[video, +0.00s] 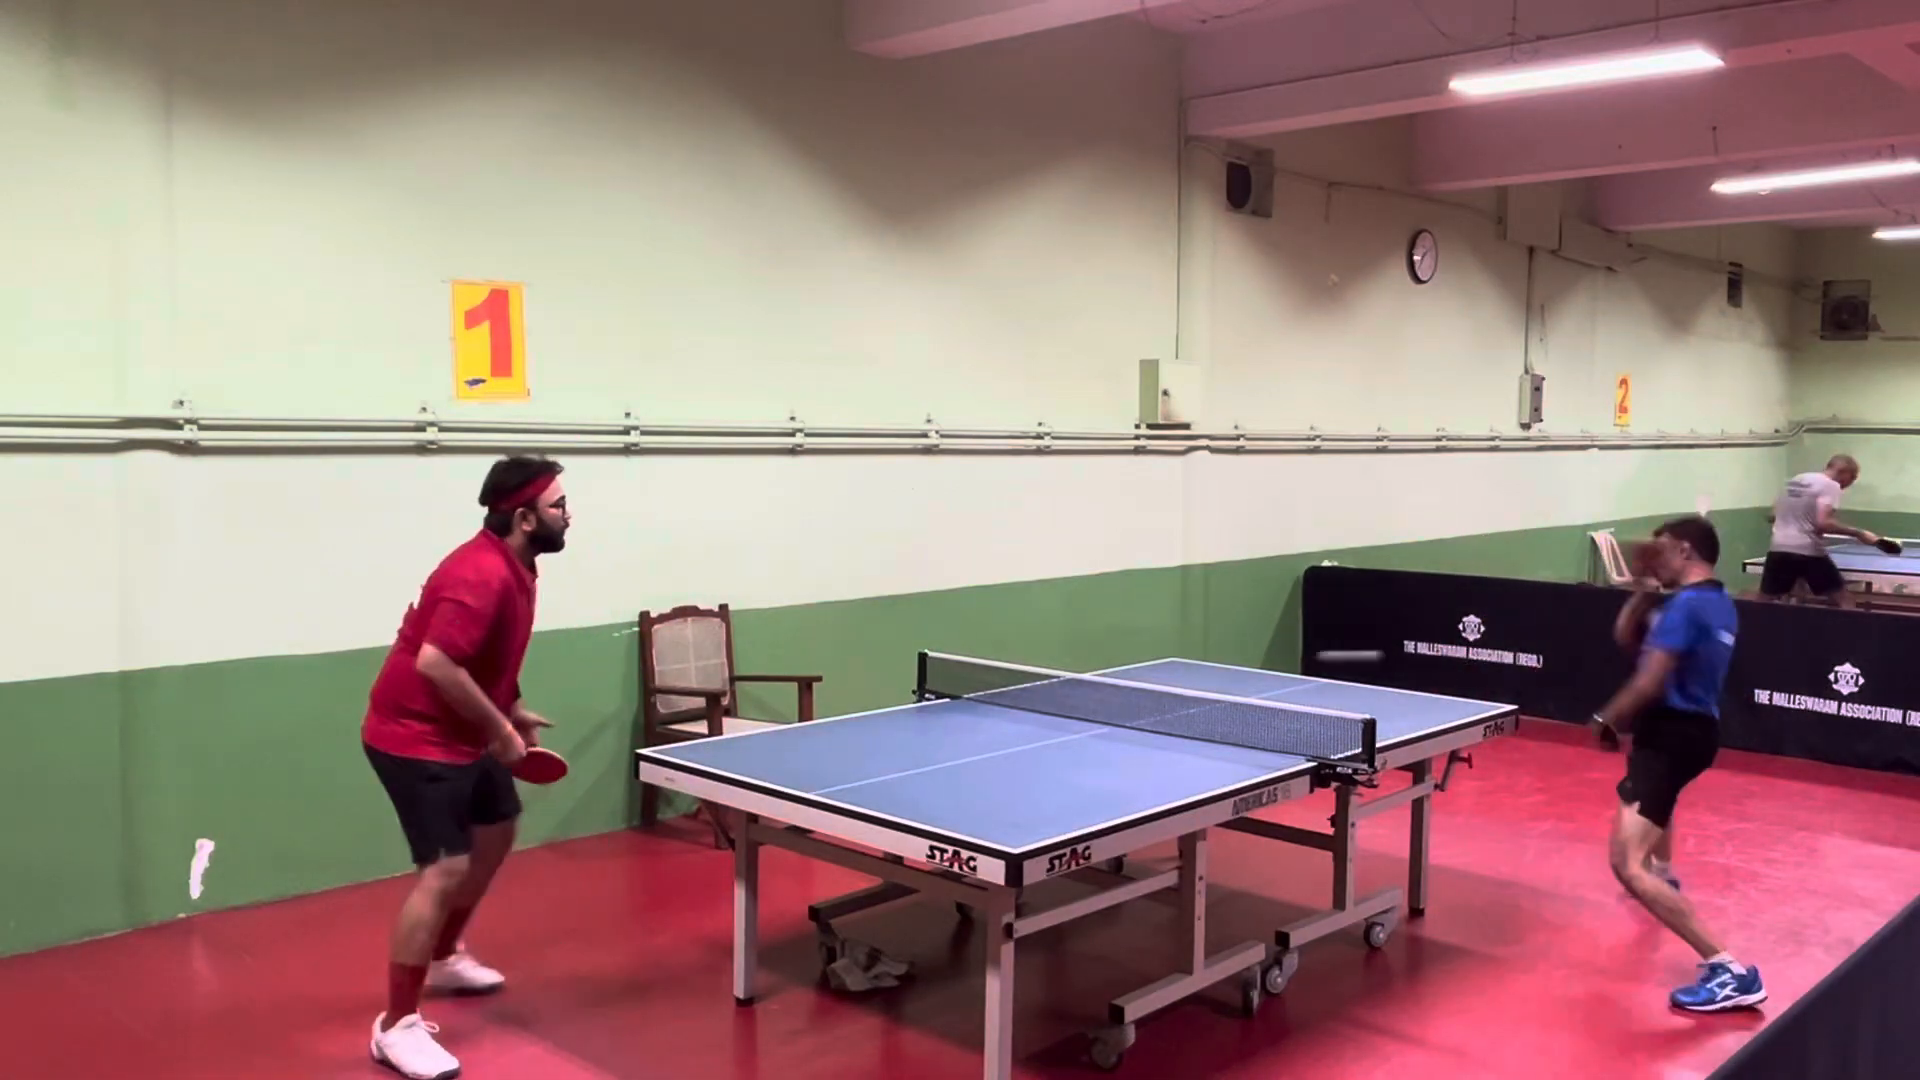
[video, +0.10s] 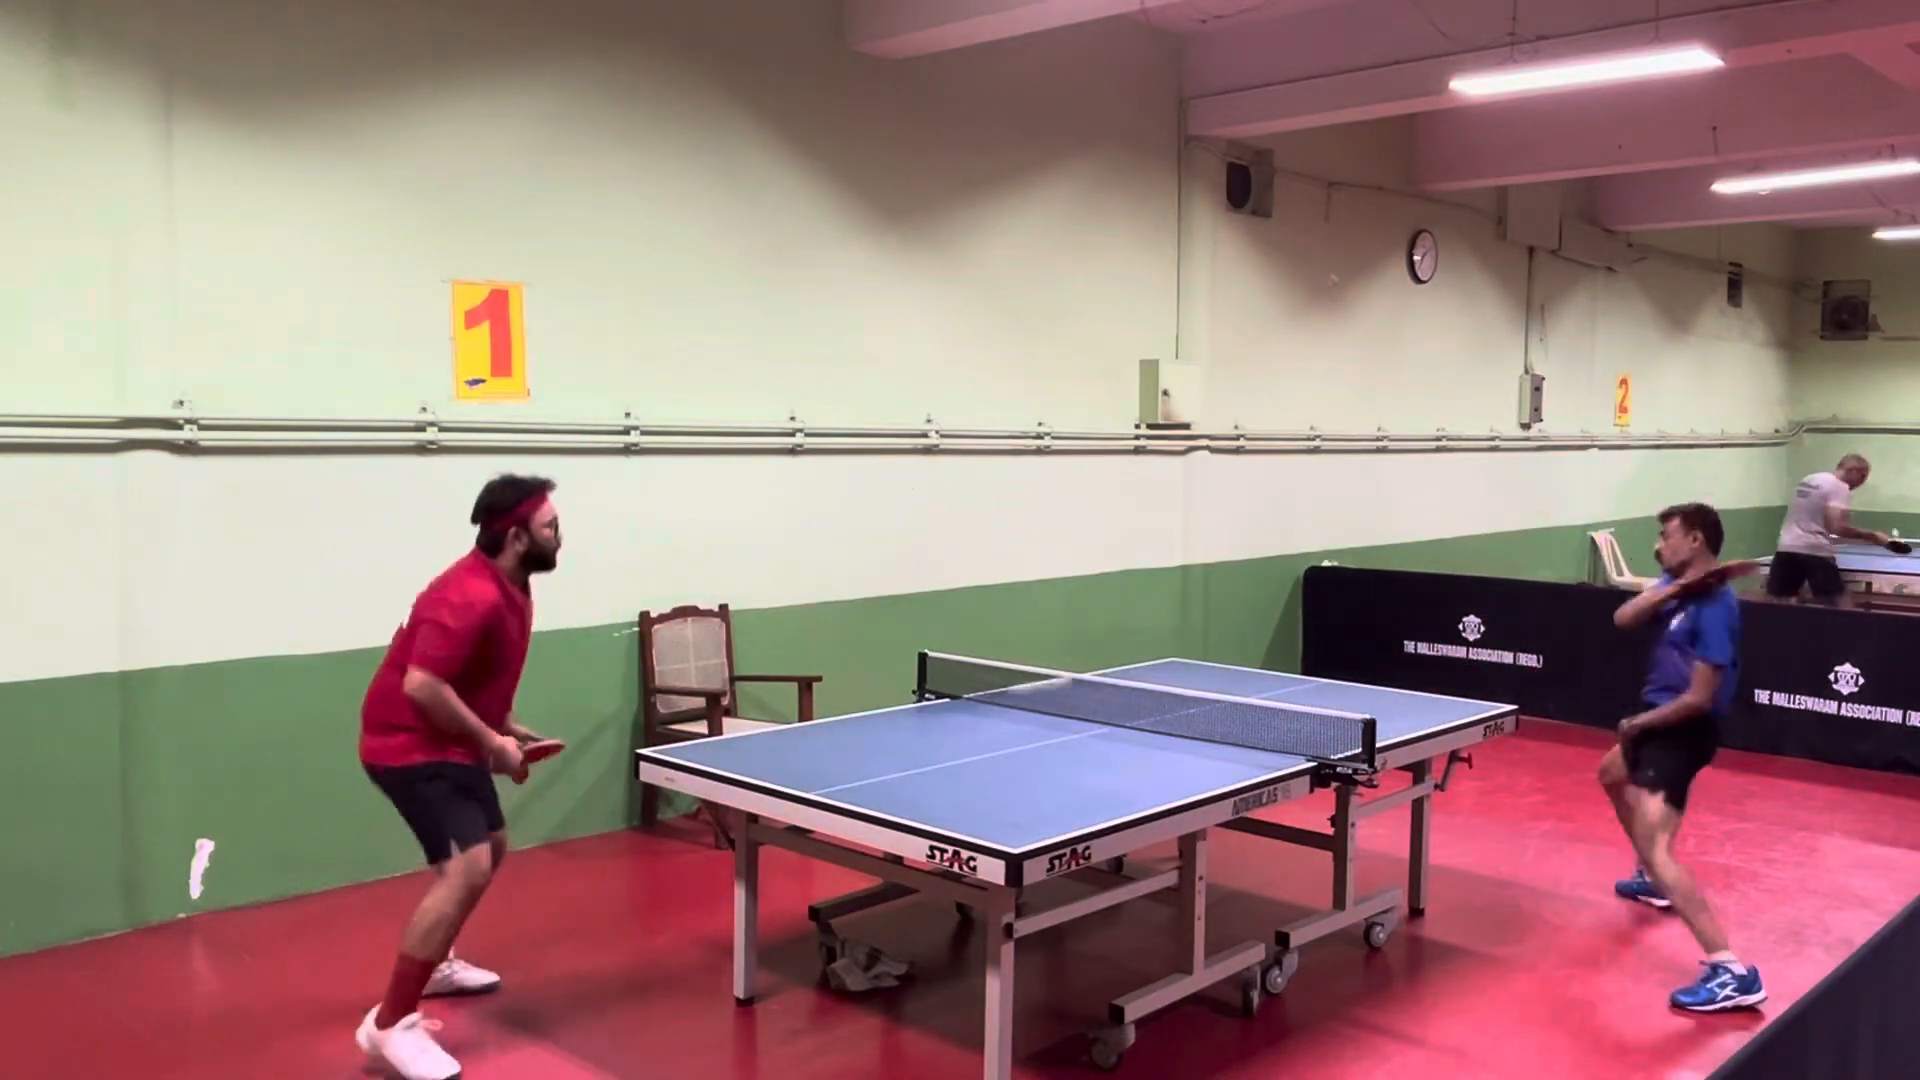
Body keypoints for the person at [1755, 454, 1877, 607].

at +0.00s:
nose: (1849, 485)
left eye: (1852, 481)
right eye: (1851, 479)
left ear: (1830, 466)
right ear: (1843, 472)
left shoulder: (1796, 480)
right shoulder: (1831, 486)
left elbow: (1775, 514)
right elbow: (1823, 522)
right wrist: (1859, 534)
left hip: (1779, 554)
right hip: (1809, 555)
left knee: (1763, 604)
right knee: (1842, 600)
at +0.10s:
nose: (1861, 483)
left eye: (1864, 479)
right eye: (1862, 477)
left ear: (1842, 466)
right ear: (1853, 470)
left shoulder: (1809, 480)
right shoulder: (1839, 487)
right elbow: (1836, 527)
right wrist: (1873, 536)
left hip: (1787, 552)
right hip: (1816, 555)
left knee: (1776, 608)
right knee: (1838, 608)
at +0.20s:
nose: (1877, 482)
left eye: (1879, 478)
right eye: (1878, 477)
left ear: (1856, 466)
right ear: (1869, 471)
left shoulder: (1825, 478)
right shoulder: (1861, 493)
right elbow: (1857, 540)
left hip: (1797, 549)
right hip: (1826, 553)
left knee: (1779, 598)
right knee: (1847, 605)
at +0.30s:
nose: (1893, 478)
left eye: (1894, 475)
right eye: (1893, 474)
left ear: (1871, 465)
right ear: (1888, 474)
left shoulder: (1837, 475)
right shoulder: (1880, 499)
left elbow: (1816, 504)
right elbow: (1862, 523)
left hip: (1805, 548)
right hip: (1837, 556)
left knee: (1783, 595)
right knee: (1860, 603)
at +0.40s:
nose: (1898, 478)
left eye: (1898, 474)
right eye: (1899, 475)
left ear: (1877, 464)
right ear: (1897, 475)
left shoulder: (1845, 473)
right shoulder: (1889, 501)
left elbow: (1818, 503)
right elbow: (1877, 520)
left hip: (1812, 544)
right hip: (1845, 554)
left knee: (1785, 591)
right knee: (1865, 604)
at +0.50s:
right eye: (1898, 472)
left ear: (1876, 463)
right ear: (1898, 473)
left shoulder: (1846, 473)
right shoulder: (1893, 500)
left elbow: (1819, 503)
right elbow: (1875, 528)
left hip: (1815, 545)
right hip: (1851, 554)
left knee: (1783, 593)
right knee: (1868, 609)